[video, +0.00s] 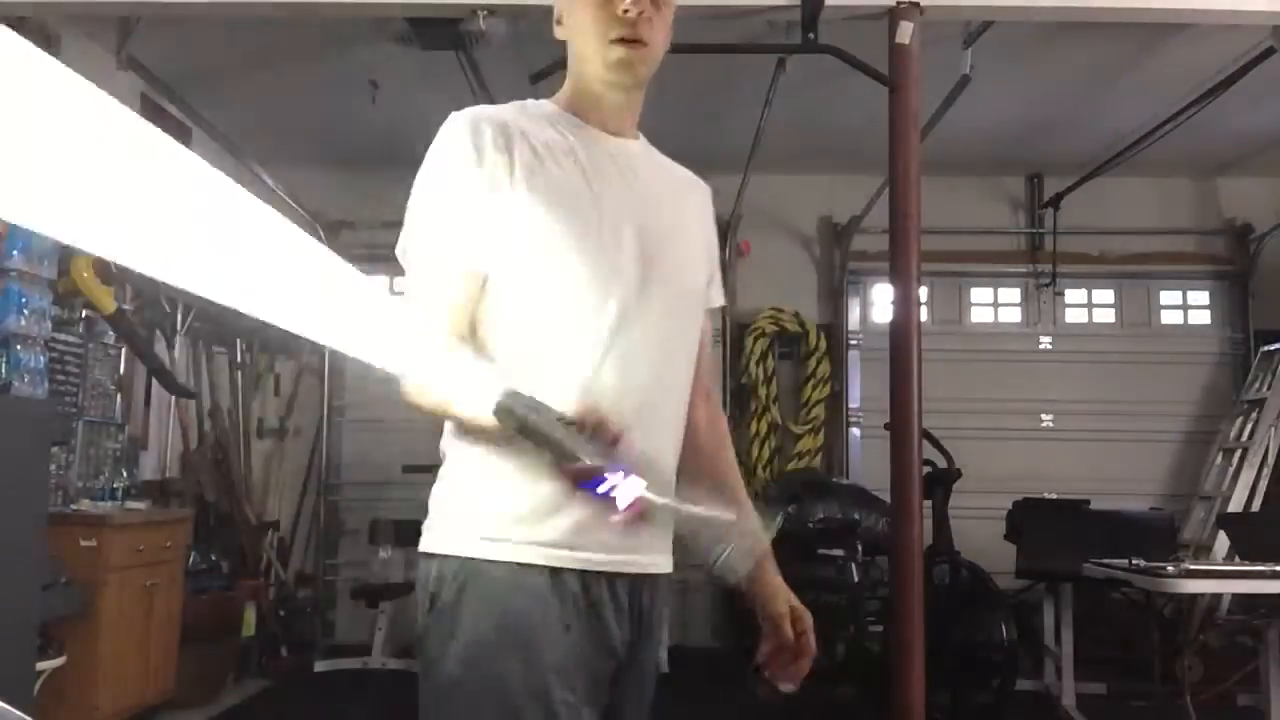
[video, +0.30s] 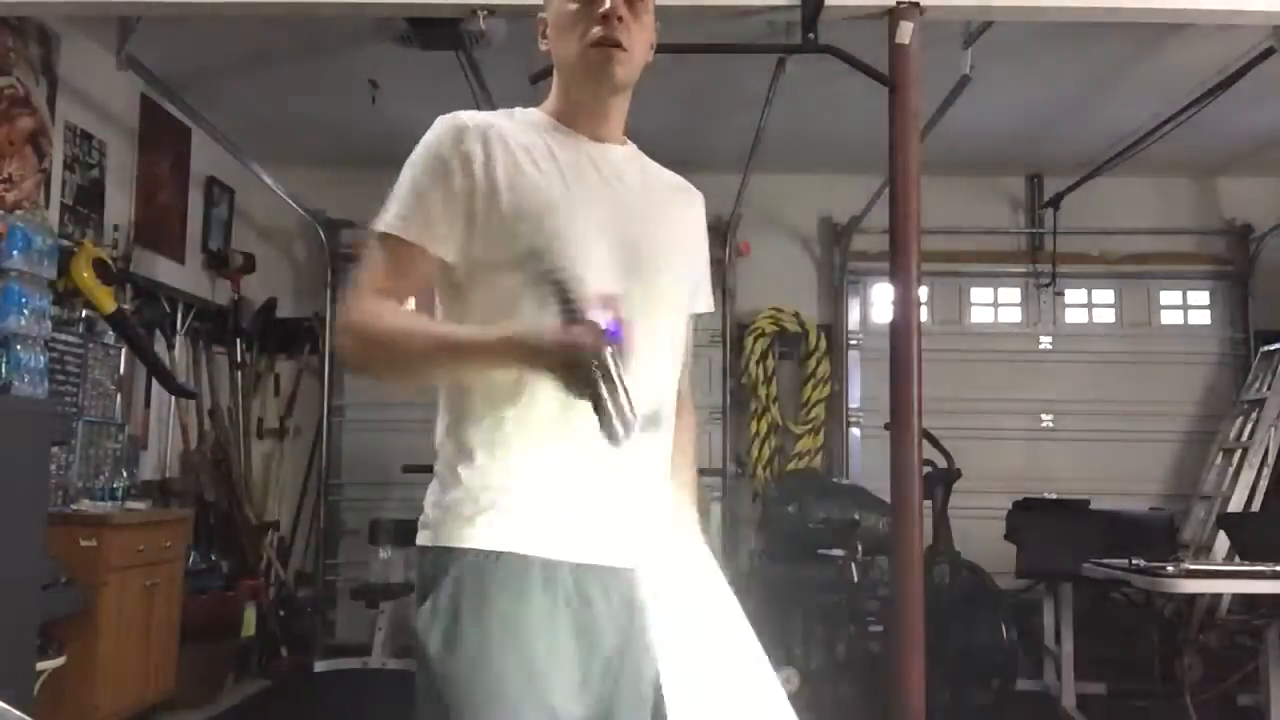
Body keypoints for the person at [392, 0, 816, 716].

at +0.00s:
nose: (632, 9)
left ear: (671, 20)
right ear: (560, 16)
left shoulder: (690, 196)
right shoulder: (484, 142)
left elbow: (696, 404)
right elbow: (424, 362)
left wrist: (760, 571)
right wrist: (537, 424)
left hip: (638, 586)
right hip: (506, 575)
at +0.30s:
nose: (610, 9)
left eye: (632, 1)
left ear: (653, 41)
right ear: (545, 30)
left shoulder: (681, 203)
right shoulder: (470, 144)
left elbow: (675, 403)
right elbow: (360, 327)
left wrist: (682, 553)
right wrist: (530, 347)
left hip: (639, 562)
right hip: (502, 556)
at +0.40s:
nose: (606, 10)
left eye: (628, 2)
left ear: (651, 41)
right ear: (544, 32)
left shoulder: (680, 204)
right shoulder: (462, 150)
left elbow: (673, 410)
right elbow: (294, 291)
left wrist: (679, 582)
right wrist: (440, 364)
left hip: (635, 573)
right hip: (497, 562)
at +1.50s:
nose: (573, 13)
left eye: (594, 2)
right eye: (548, 0)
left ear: (619, 41)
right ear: (510, 34)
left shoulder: (652, 206)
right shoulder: (432, 156)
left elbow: (652, 400)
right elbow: (358, 348)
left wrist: (698, 560)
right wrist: (432, 432)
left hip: (610, 574)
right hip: (461, 558)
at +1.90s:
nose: (565, 15)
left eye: (588, 6)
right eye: (541, 4)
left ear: (613, 51)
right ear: (507, 41)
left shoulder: (656, 206)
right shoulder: (436, 158)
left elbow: (664, 386)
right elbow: (360, 335)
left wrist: (654, 483)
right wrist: (520, 388)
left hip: (606, 567)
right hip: (462, 558)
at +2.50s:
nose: (444, 5)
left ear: (502, 29)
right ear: (384, 25)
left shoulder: (574, 187)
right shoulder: (323, 150)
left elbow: (611, 354)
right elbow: (312, 326)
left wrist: (617, 405)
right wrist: (542, 338)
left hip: (548, 576)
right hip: (376, 572)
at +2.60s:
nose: (398, 1)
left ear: (459, 18)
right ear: (333, 15)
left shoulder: (532, 185)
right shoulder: (267, 142)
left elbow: (571, 366)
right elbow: (269, 325)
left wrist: (583, 417)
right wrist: (509, 345)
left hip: (510, 590)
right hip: (328, 588)